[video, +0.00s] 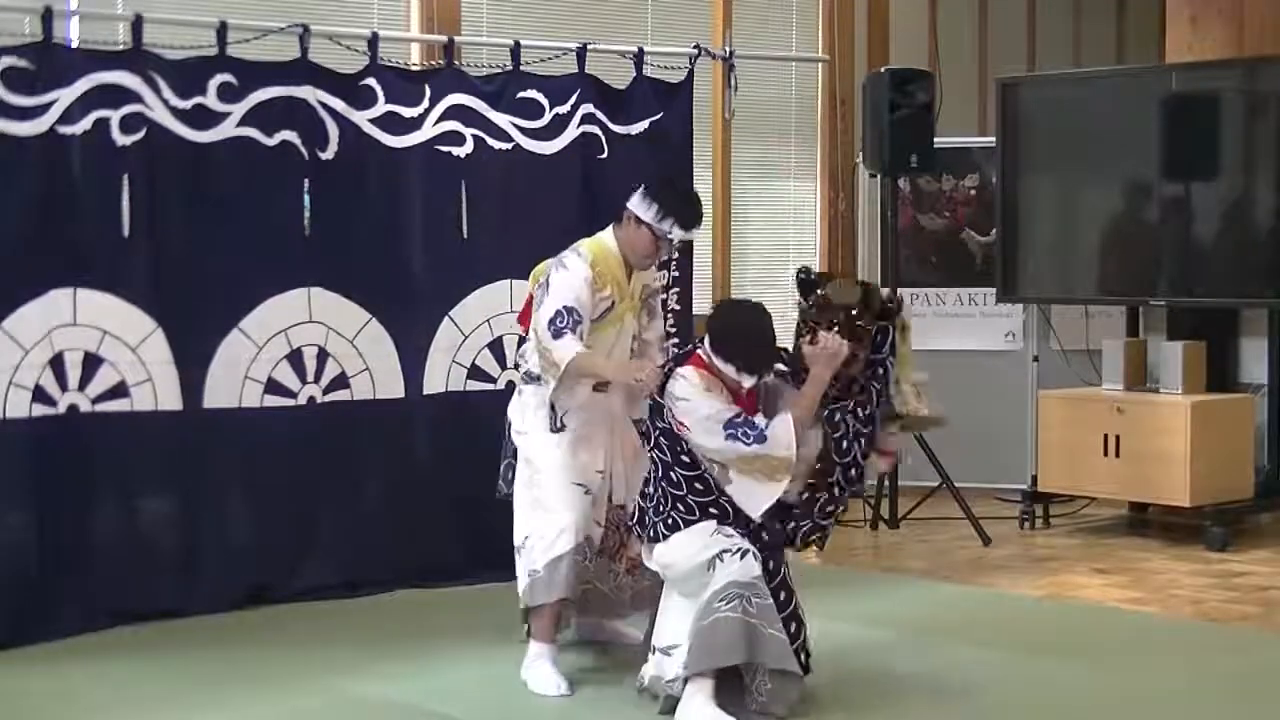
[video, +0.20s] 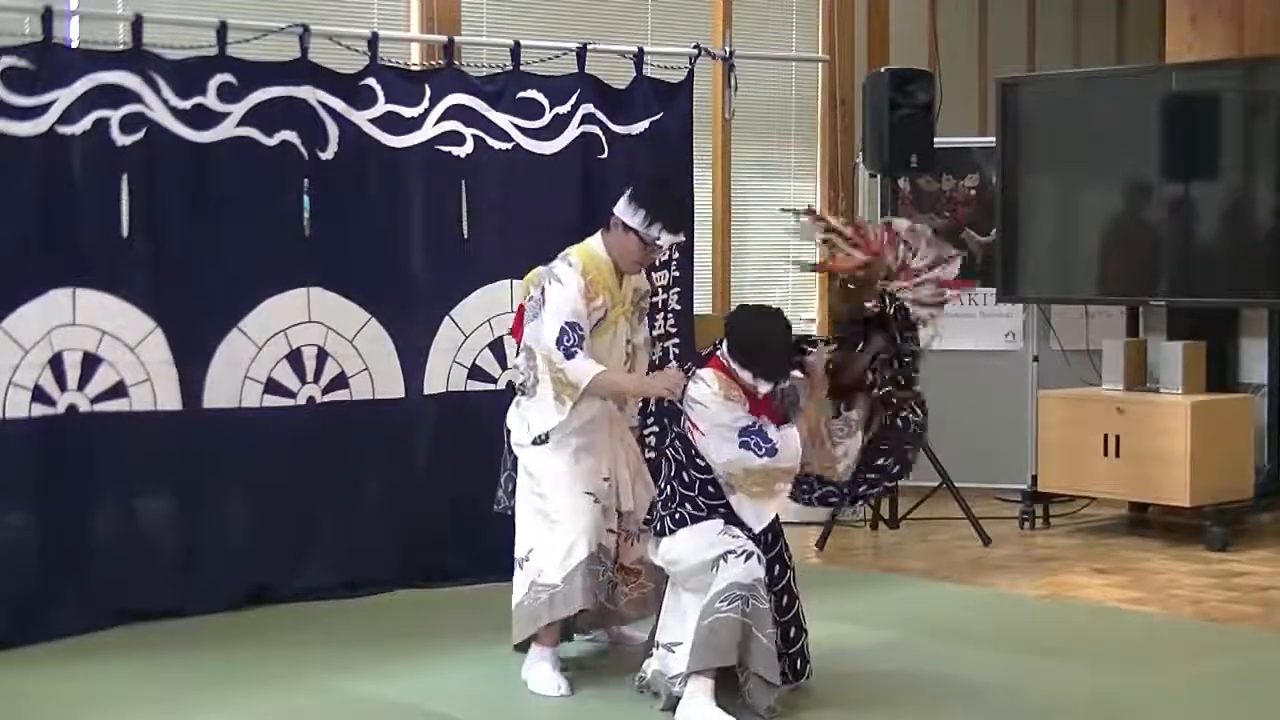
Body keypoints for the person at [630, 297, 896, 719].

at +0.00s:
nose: (746, 380)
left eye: (753, 372)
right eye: (739, 370)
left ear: (764, 355)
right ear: (714, 353)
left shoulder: (757, 377)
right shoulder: (687, 387)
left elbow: (792, 428)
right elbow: (765, 441)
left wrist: (822, 372)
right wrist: (818, 376)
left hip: (725, 516)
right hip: (679, 518)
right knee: (737, 564)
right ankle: (698, 694)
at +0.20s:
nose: (767, 383)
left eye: (775, 375)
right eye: (761, 374)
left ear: (783, 356)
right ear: (736, 357)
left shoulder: (768, 381)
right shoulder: (705, 390)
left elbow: (811, 454)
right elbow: (753, 456)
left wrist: (817, 389)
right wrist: (809, 416)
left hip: (742, 513)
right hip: (692, 516)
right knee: (742, 564)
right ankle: (698, 692)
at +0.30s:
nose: (776, 382)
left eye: (782, 373)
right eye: (770, 372)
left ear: (782, 361)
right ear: (744, 356)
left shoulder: (762, 379)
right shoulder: (709, 390)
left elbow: (798, 434)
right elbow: (747, 444)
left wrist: (819, 369)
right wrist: (808, 401)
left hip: (740, 517)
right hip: (693, 519)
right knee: (743, 563)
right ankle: (698, 693)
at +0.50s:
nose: (780, 385)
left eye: (789, 377)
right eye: (772, 376)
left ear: (801, 359)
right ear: (751, 358)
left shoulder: (793, 379)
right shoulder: (719, 385)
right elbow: (784, 454)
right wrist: (849, 403)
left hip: (744, 517)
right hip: (693, 512)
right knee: (736, 563)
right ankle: (698, 694)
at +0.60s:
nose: (788, 388)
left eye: (795, 379)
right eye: (781, 378)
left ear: (807, 363)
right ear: (758, 359)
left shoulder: (797, 379)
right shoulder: (722, 391)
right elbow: (778, 471)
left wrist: (847, 412)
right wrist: (841, 428)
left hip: (741, 511)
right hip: (691, 512)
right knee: (736, 565)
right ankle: (698, 695)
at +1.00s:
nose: (793, 417)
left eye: (804, 412)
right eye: (786, 408)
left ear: (818, 391)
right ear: (767, 381)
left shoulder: (811, 396)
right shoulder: (721, 396)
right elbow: (775, 475)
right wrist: (846, 442)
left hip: (746, 518)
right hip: (689, 516)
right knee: (723, 561)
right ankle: (696, 688)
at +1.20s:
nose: (816, 436)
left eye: (825, 428)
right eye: (808, 427)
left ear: (839, 402)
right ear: (784, 400)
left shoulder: (829, 411)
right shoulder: (731, 411)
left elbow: (837, 475)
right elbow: (736, 510)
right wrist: (811, 514)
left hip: (792, 533)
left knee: (882, 555)